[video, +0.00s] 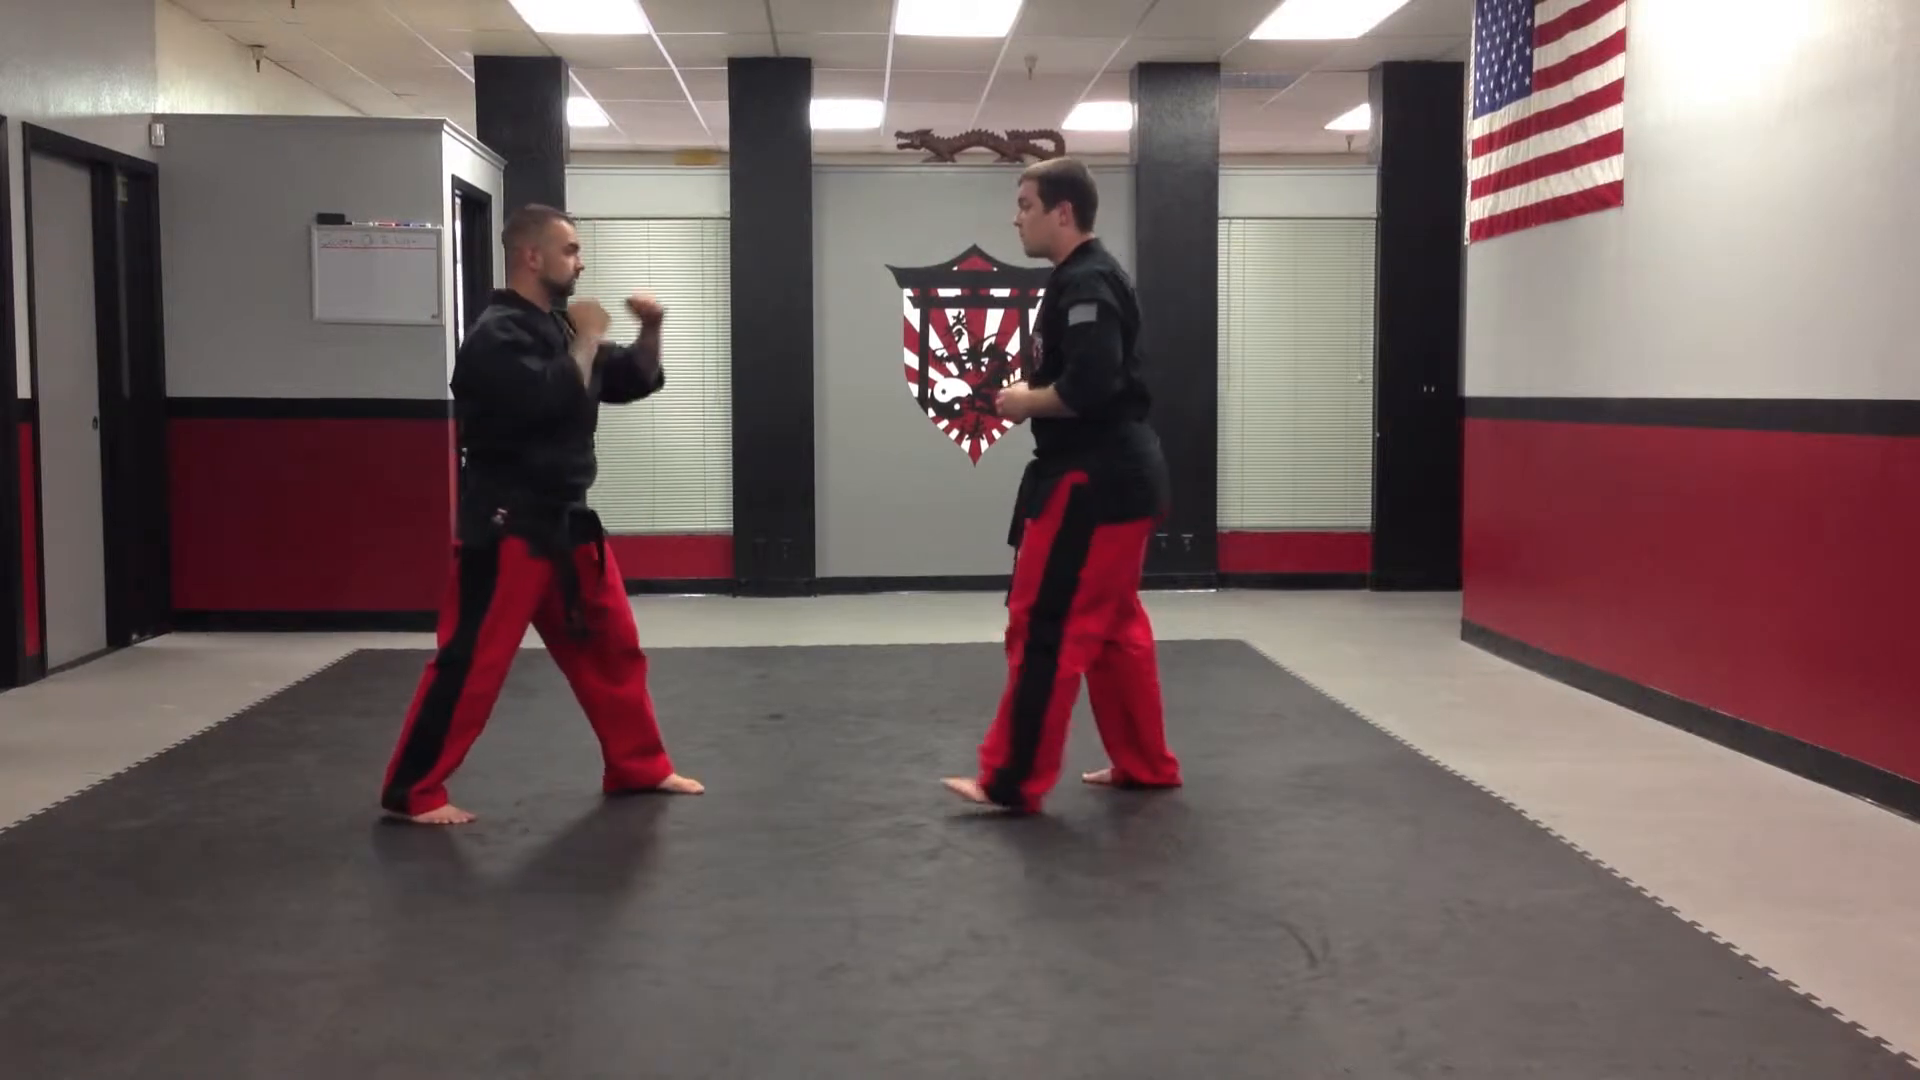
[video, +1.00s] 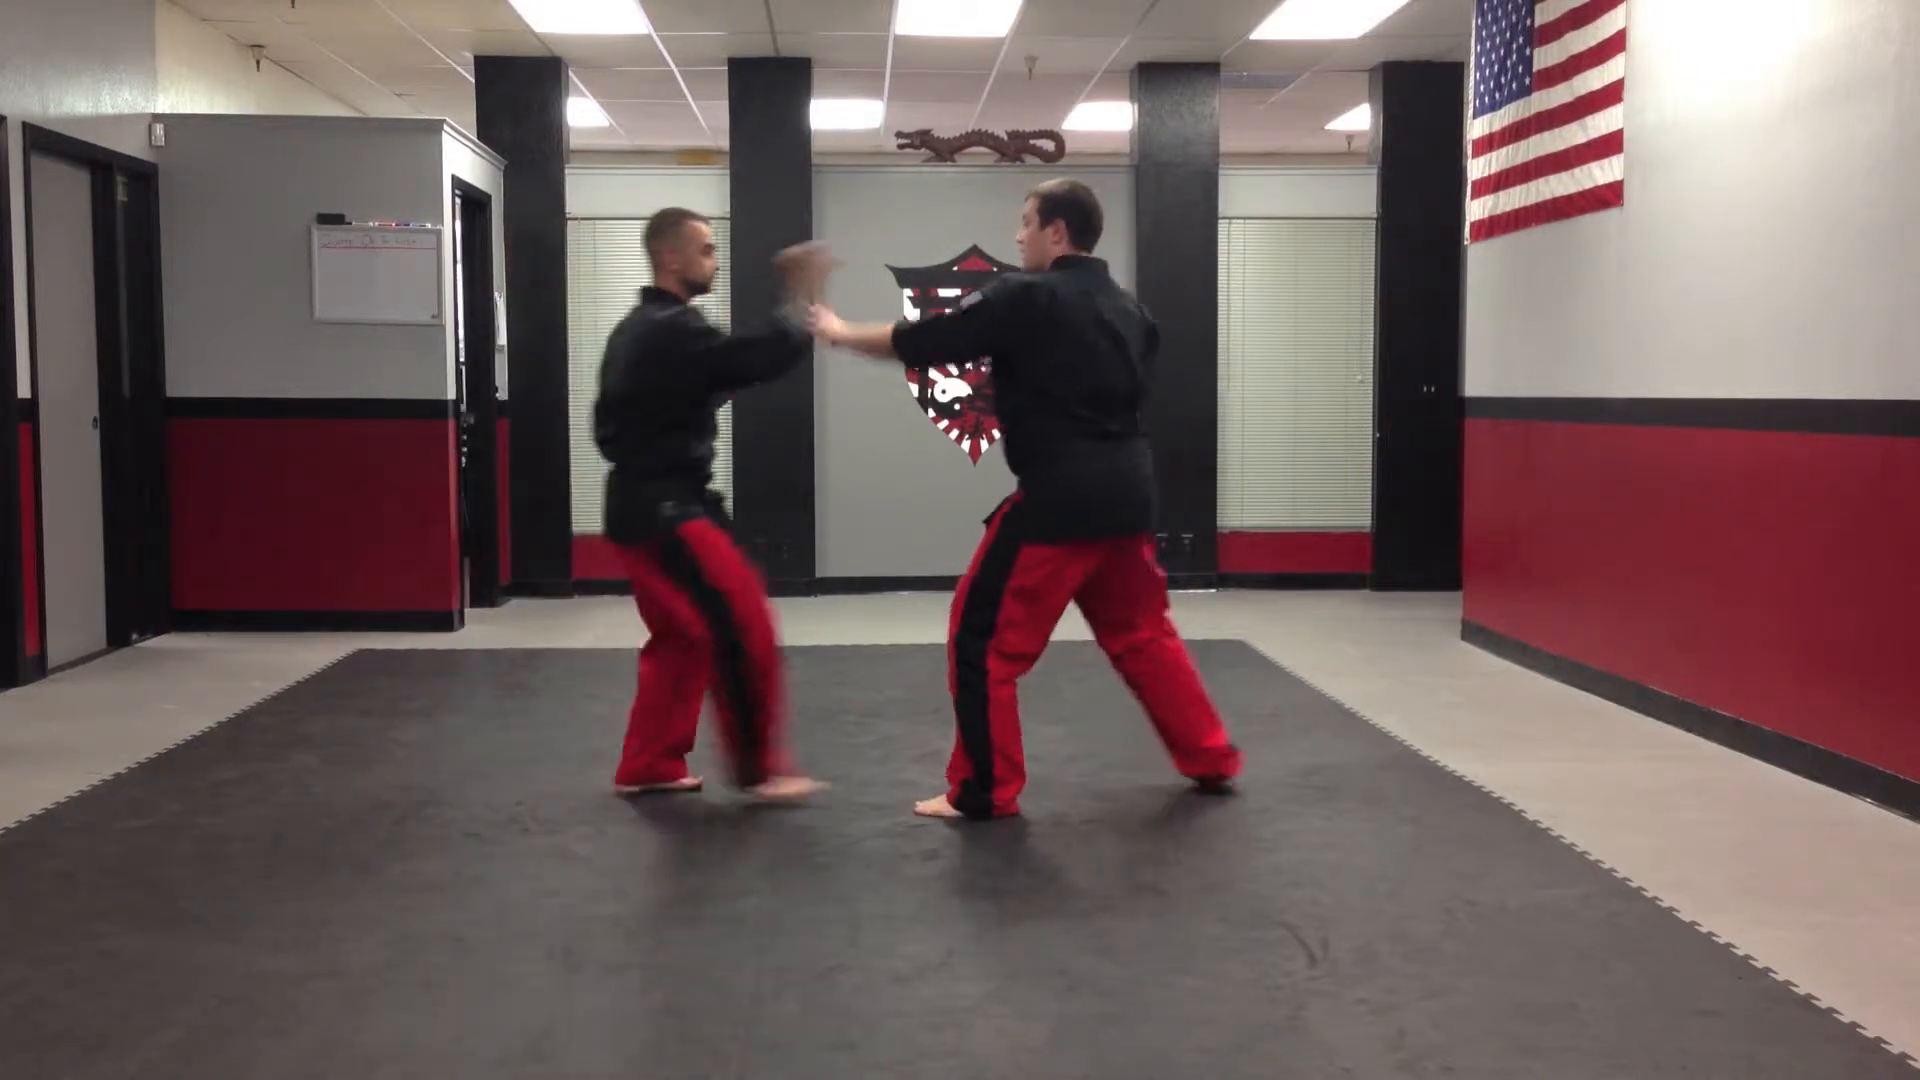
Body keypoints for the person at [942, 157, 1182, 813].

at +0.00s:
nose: (1018, 220)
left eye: (1026, 207)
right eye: (1019, 207)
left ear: (1063, 213)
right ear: (1066, 214)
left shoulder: (1086, 282)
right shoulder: (1082, 275)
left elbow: (1090, 387)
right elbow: (1079, 379)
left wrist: (1023, 401)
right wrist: (1024, 392)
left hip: (1092, 480)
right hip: (1116, 474)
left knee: (1043, 625)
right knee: (1113, 621)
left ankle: (1011, 783)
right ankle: (1145, 761)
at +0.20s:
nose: (999, 220)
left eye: (1010, 209)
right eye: (1003, 208)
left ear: (1046, 220)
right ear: (1052, 221)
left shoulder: (1056, 291)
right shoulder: (1078, 283)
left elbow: (1054, 397)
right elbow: (1069, 389)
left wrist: (997, 405)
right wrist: (998, 401)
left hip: (1067, 493)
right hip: (1100, 487)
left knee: (1019, 638)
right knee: (1097, 629)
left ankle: (986, 790)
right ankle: (1144, 762)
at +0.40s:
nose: (994, 226)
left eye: (1005, 215)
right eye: (998, 214)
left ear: (1042, 226)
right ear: (1050, 228)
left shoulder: (1040, 295)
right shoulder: (1081, 293)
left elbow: (994, 384)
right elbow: (1047, 389)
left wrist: (926, 362)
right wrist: (966, 376)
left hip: (1047, 500)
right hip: (1096, 494)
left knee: (979, 636)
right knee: (1090, 627)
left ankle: (983, 792)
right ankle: (1154, 759)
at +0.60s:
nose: (997, 235)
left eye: (1006, 223)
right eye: (999, 222)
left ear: (1043, 231)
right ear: (1053, 235)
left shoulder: (1036, 303)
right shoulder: (1092, 304)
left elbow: (945, 379)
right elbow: (1062, 399)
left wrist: (863, 372)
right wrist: (991, 409)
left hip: (1041, 504)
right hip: (1094, 498)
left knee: (966, 635)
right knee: (1089, 630)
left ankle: (983, 792)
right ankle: (1154, 760)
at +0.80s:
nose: (997, 236)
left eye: (1005, 223)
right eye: (1000, 223)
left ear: (1039, 231)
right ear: (1059, 234)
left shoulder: (1022, 304)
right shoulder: (1101, 306)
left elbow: (926, 376)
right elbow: (1073, 391)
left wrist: (846, 374)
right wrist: (996, 402)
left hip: (1041, 504)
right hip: (1107, 498)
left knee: (965, 635)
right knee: (1108, 635)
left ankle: (983, 792)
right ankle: (1158, 761)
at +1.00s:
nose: (1019, 239)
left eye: (1025, 227)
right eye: (1021, 226)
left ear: (1057, 233)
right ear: (1083, 237)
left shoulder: (1027, 300)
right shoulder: (1127, 309)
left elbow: (928, 341)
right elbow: (1106, 393)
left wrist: (842, 333)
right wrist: (1011, 397)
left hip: (1051, 503)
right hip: (1126, 500)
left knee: (982, 638)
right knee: (1141, 632)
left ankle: (983, 793)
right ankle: (1213, 761)